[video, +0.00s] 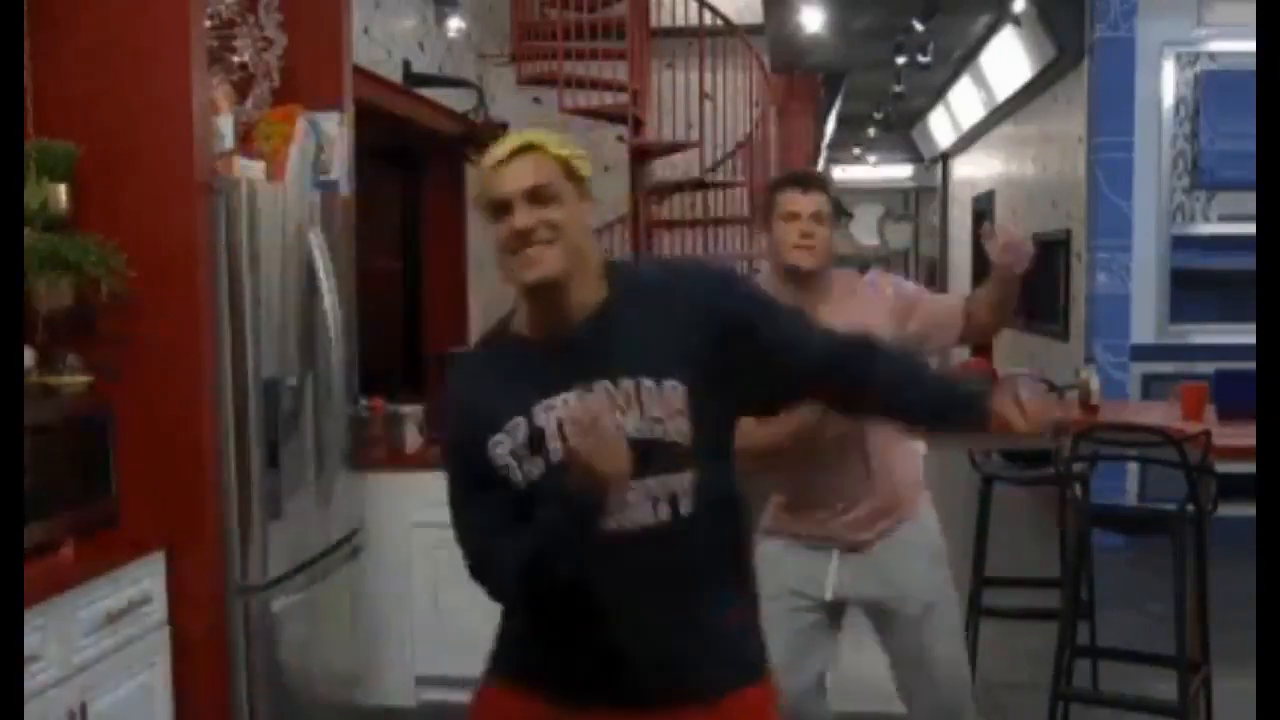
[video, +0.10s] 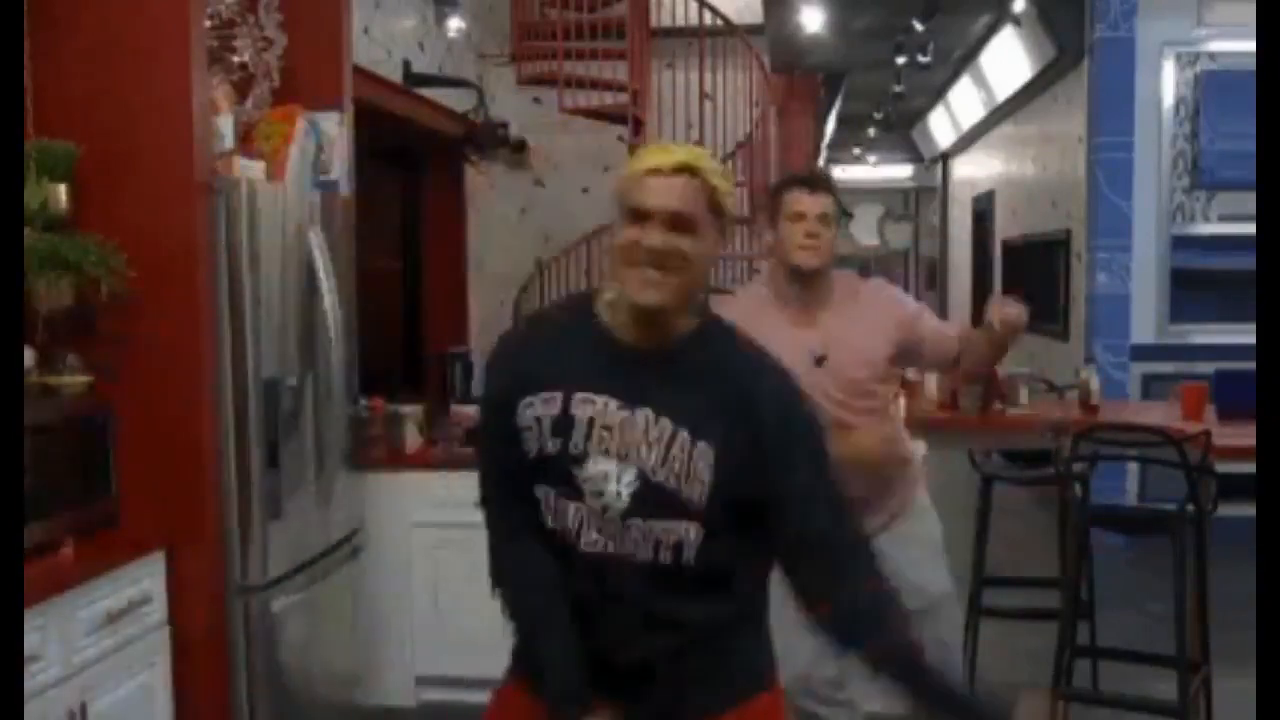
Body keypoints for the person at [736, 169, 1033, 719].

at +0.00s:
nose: (806, 230)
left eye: (819, 219)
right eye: (791, 218)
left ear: (836, 233)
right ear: (766, 233)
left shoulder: (879, 296)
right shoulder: (744, 311)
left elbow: (973, 322)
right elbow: (729, 438)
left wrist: (1005, 276)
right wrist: (813, 412)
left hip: (897, 531)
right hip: (792, 536)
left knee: (944, 699)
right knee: (790, 700)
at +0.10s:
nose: (811, 231)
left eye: (823, 221)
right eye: (797, 220)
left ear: (838, 234)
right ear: (772, 233)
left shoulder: (878, 302)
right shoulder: (735, 317)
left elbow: (959, 356)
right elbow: (728, 439)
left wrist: (995, 334)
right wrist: (840, 449)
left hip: (894, 514)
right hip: (797, 522)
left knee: (934, 664)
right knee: (802, 673)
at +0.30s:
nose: (765, 209)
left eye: (779, 197)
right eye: (753, 199)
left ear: (803, 209)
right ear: (735, 211)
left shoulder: (845, 279)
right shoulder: (709, 283)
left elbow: (899, 385)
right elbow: (677, 395)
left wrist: (958, 488)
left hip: (849, 538)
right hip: (747, 540)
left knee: (926, 699)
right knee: (753, 706)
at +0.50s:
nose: (690, 219)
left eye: (703, 207)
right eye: (676, 210)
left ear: (728, 217)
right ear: (661, 226)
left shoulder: (778, 302)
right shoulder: (633, 303)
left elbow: (794, 423)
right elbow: (605, 409)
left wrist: (734, 517)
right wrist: (602, 516)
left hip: (757, 517)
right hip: (653, 525)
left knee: (820, 668)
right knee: (631, 675)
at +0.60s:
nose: (672, 219)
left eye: (685, 207)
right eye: (659, 211)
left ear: (711, 222)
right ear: (645, 231)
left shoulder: (768, 309)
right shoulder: (611, 306)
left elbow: (770, 430)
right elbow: (582, 408)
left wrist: (692, 479)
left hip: (734, 529)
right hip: (624, 528)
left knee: (783, 676)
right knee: (592, 681)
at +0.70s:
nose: (660, 215)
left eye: (673, 201)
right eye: (647, 208)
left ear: (701, 213)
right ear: (636, 226)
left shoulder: (762, 299)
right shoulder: (611, 295)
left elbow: (759, 423)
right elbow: (565, 389)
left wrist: (675, 440)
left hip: (723, 522)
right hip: (616, 520)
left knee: (738, 677)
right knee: (582, 674)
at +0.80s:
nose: (651, 219)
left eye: (663, 205)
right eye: (638, 211)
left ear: (695, 211)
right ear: (629, 226)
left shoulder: (756, 294)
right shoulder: (612, 291)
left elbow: (761, 413)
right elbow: (539, 350)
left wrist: (661, 412)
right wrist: (483, 308)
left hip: (718, 514)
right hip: (620, 507)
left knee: (707, 671)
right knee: (589, 657)